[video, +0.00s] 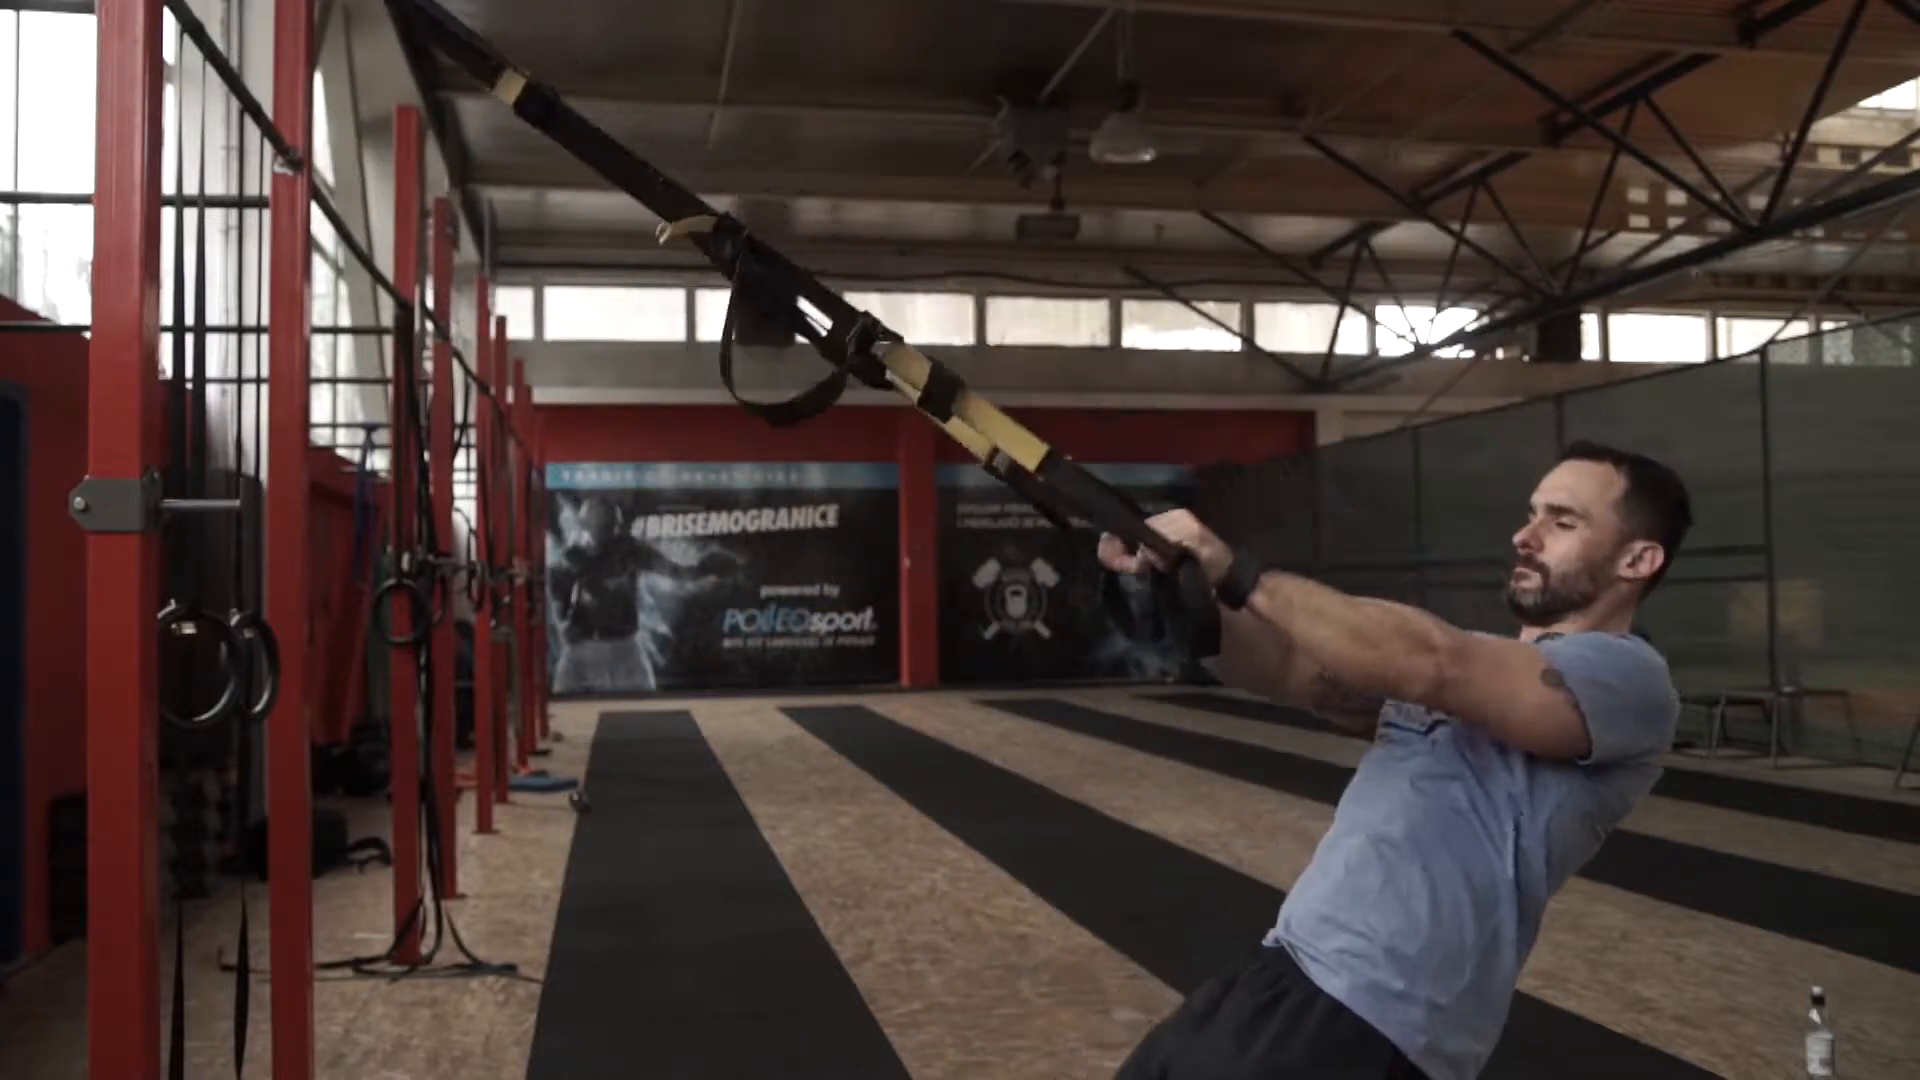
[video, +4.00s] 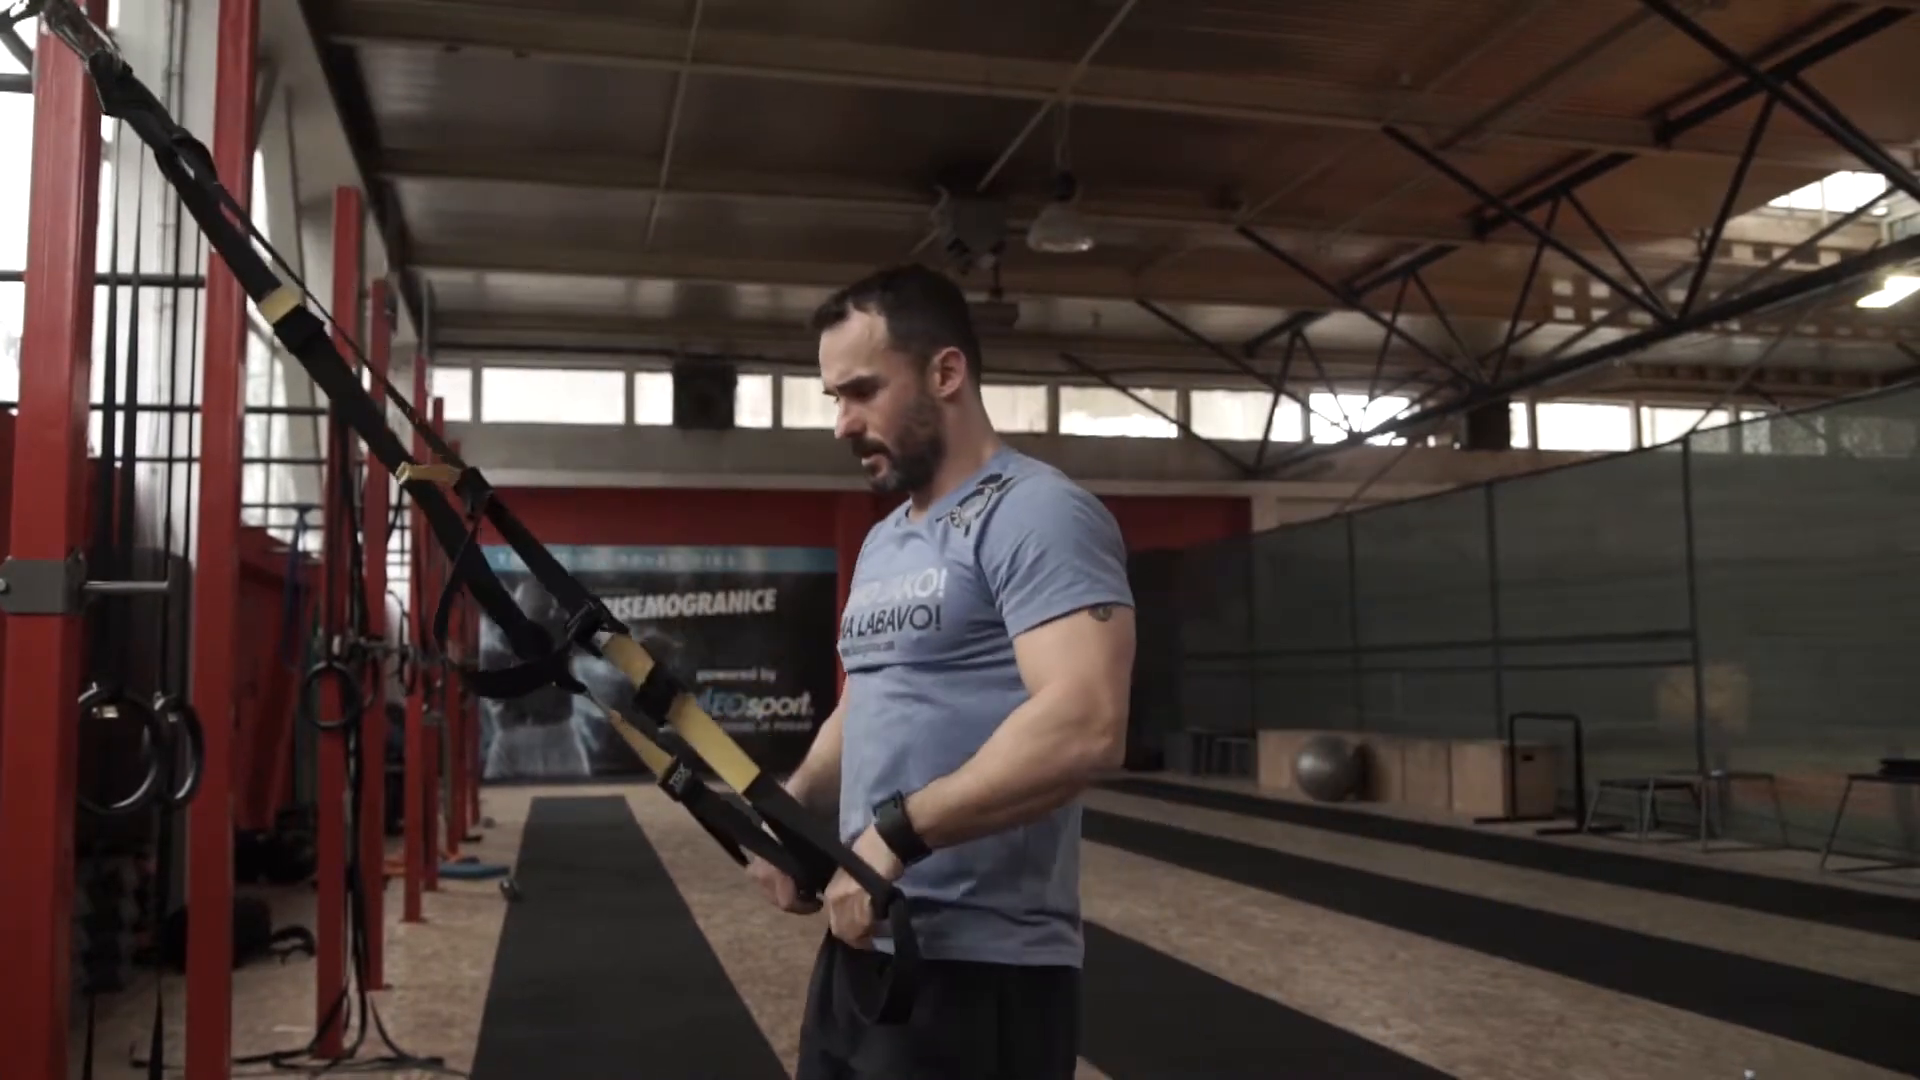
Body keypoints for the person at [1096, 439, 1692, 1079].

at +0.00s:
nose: (1523, 537)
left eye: (1563, 521)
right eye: (1531, 517)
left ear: (1639, 562)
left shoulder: (1631, 680)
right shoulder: (1477, 661)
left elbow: (1433, 663)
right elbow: (1305, 670)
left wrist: (1241, 578)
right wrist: (1191, 599)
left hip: (1375, 1033)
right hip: (1279, 971)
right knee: (1143, 1070)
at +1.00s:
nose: (1168, 325)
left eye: (1204, 305)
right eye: (1173, 299)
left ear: (1285, 347)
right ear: (1167, 321)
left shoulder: (1301, 466)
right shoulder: (1160, 439)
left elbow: (1394, 253)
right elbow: (1188, 267)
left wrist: (1381, 61)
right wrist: (1234, 129)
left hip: (1052, 887)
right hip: (937, 848)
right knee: (845, 1062)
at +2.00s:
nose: (1493, 525)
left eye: (1530, 515)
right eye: (1501, 509)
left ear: (1596, 565)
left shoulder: (1590, 672)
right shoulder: (1421, 640)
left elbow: (1429, 624)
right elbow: (1264, 636)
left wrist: (1246, 533)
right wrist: (1171, 550)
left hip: (1347, 1014)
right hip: (1233, 956)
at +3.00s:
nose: (1354, 571)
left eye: (1389, 551)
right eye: (1348, 548)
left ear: (1460, 579)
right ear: (1336, 555)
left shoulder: (1468, 713)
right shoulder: (1285, 685)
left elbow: (1329, 809)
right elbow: (1133, 786)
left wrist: (1182, 661)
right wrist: (1068, 680)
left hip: (1231, 1049)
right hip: (1113, 995)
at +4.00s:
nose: (843, 424)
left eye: (862, 391)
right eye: (836, 400)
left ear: (948, 373)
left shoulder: (1041, 509)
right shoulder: (883, 541)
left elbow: (1083, 726)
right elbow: (862, 705)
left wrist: (893, 836)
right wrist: (790, 813)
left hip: (988, 963)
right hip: (864, 949)